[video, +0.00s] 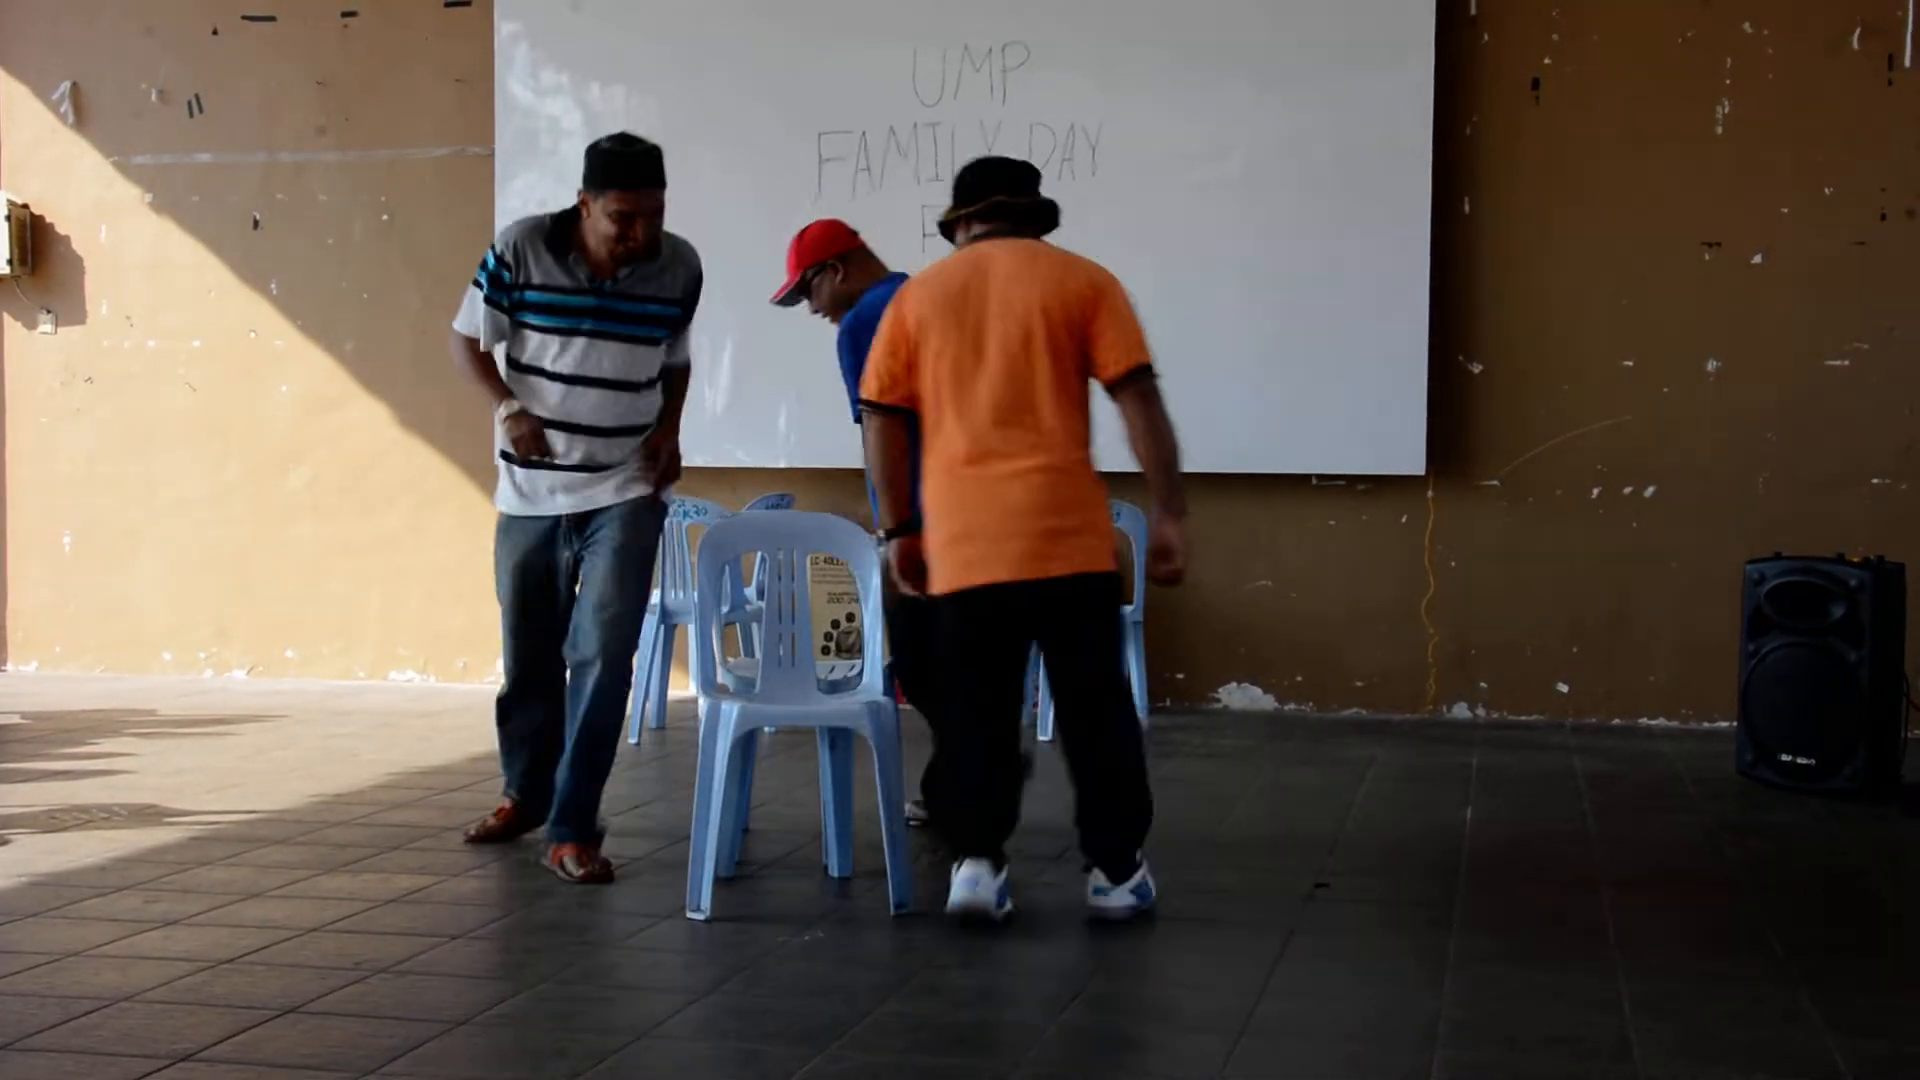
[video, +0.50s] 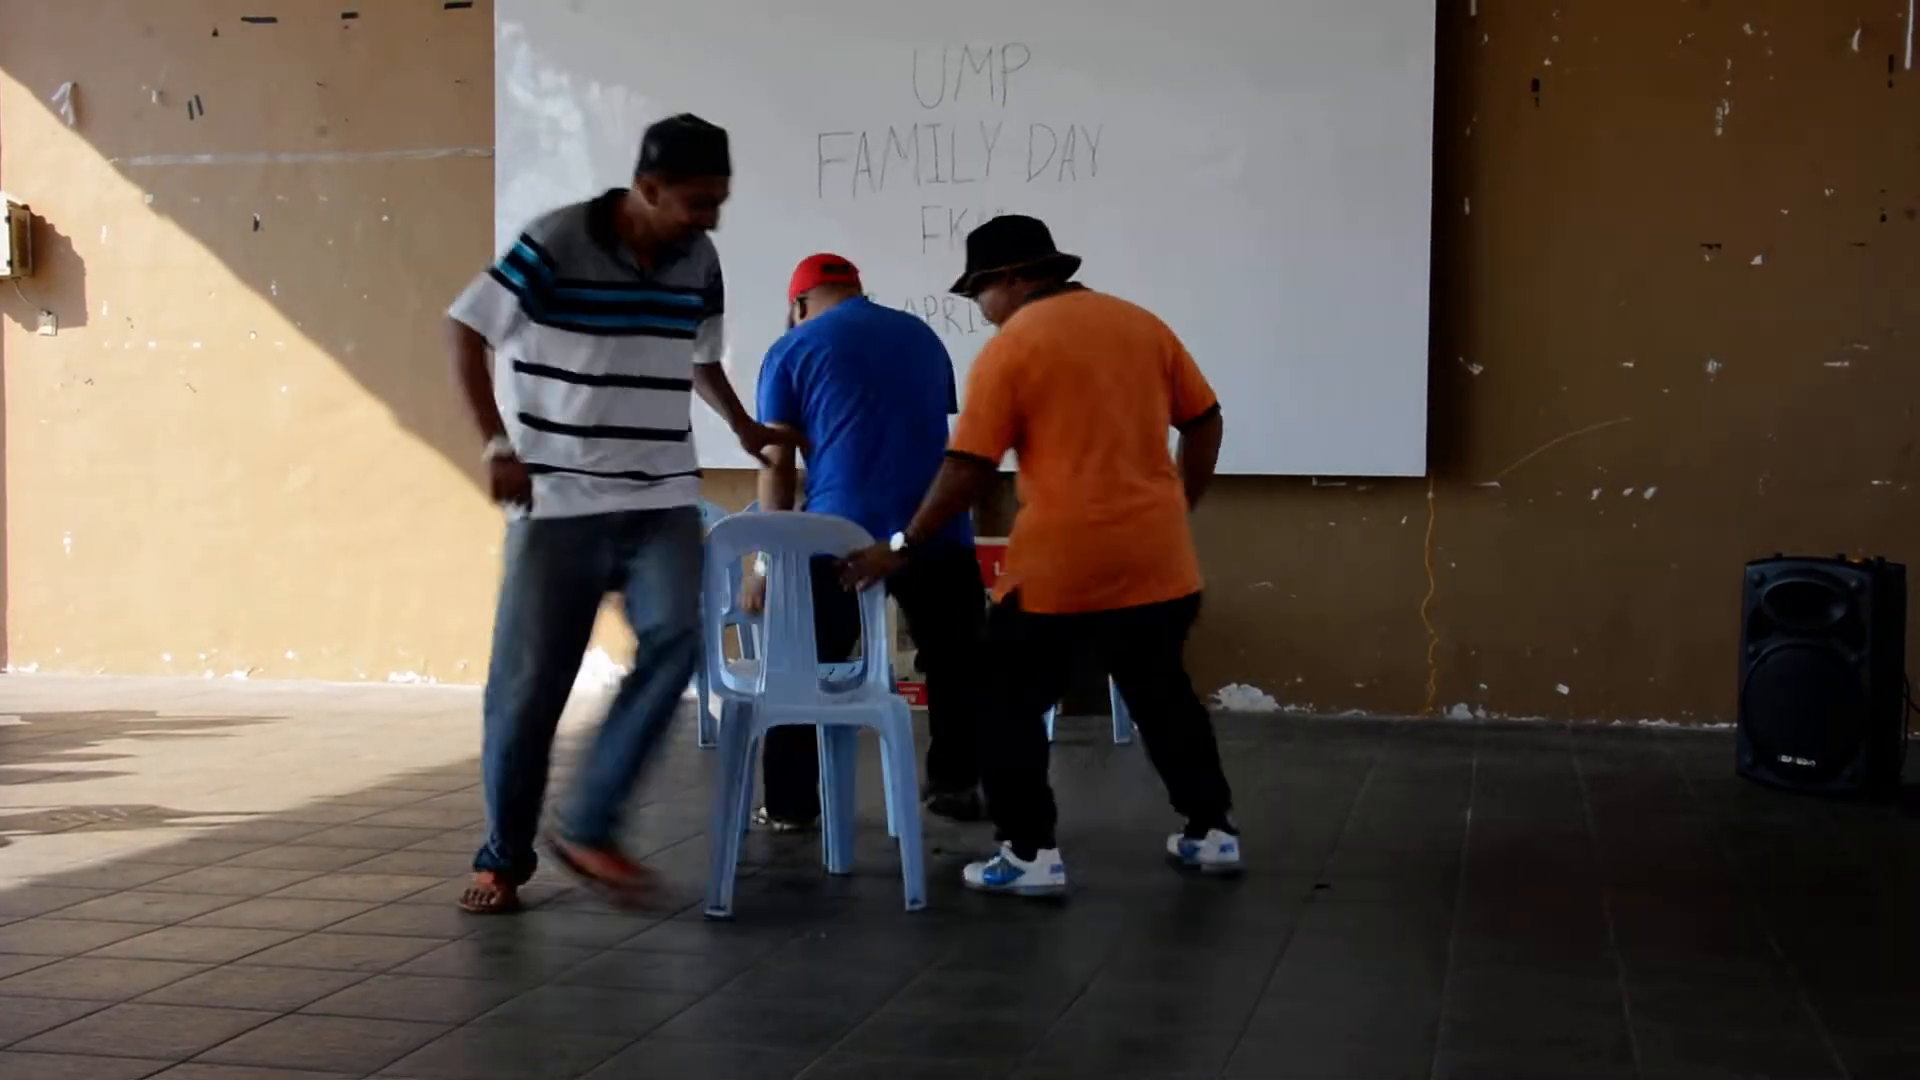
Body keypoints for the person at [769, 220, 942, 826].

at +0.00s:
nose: (813, 309)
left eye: (811, 294)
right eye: (806, 299)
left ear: (838, 271)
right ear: (847, 268)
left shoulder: (861, 325)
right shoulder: (923, 298)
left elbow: (881, 435)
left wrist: (890, 529)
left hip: (914, 522)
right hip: (958, 509)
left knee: (921, 669)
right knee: (958, 661)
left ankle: (953, 796)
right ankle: (962, 793)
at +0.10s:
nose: (800, 319)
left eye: (797, 302)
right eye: (794, 308)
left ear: (822, 280)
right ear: (841, 274)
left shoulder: (851, 325)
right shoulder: (917, 304)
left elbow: (877, 431)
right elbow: (953, 415)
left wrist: (898, 538)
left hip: (914, 530)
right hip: (962, 516)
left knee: (918, 653)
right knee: (963, 650)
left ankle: (962, 789)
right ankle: (975, 786)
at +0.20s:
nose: (797, 320)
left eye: (794, 305)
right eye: (791, 310)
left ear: (817, 282)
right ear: (846, 276)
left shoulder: (832, 328)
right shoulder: (928, 312)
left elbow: (852, 430)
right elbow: (959, 416)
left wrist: (864, 537)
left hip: (909, 521)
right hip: (968, 514)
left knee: (842, 606)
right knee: (955, 661)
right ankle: (957, 800)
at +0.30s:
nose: (791, 318)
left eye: (789, 304)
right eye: (786, 308)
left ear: (810, 284)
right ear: (850, 276)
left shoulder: (814, 334)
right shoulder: (931, 317)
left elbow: (819, 431)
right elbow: (969, 412)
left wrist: (835, 529)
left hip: (870, 531)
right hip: (952, 524)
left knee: (827, 655)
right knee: (946, 668)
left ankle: (797, 795)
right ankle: (952, 799)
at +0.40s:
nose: (788, 326)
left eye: (787, 313)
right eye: (785, 315)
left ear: (807, 300)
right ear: (850, 290)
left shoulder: (796, 352)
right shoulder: (921, 330)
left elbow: (788, 460)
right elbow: (943, 425)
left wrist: (796, 549)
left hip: (844, 535)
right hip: (939, 529)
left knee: (810, 663)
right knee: (954, 666)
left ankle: (791, 802)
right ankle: (961, 801)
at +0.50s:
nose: (797, 322)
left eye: (795, 314)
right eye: (797, 315)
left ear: (804, 305)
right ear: (859, 291)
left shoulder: (793, 349)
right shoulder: (921, 332)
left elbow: (778, 470)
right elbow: (948, 426)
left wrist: (768, 567)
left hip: (837, 539)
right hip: (933, 534)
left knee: (802, 663)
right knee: (954, 656)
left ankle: (790, 803)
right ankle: (957, 787)